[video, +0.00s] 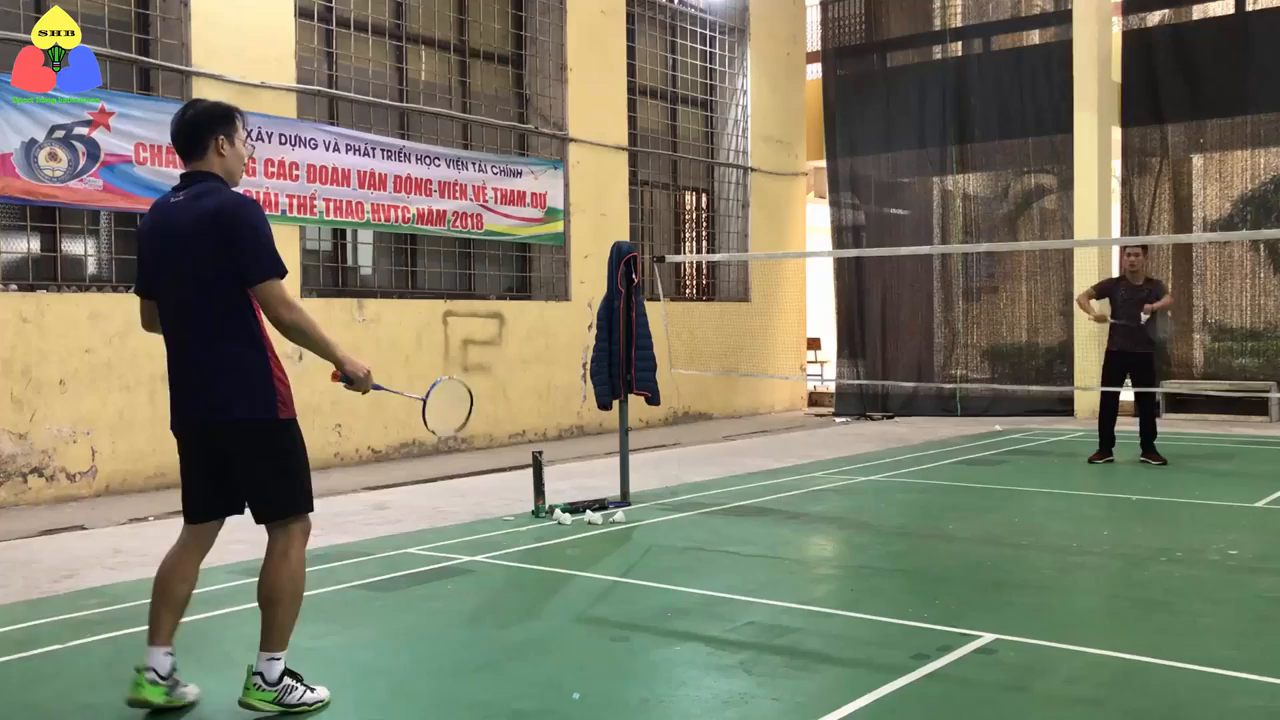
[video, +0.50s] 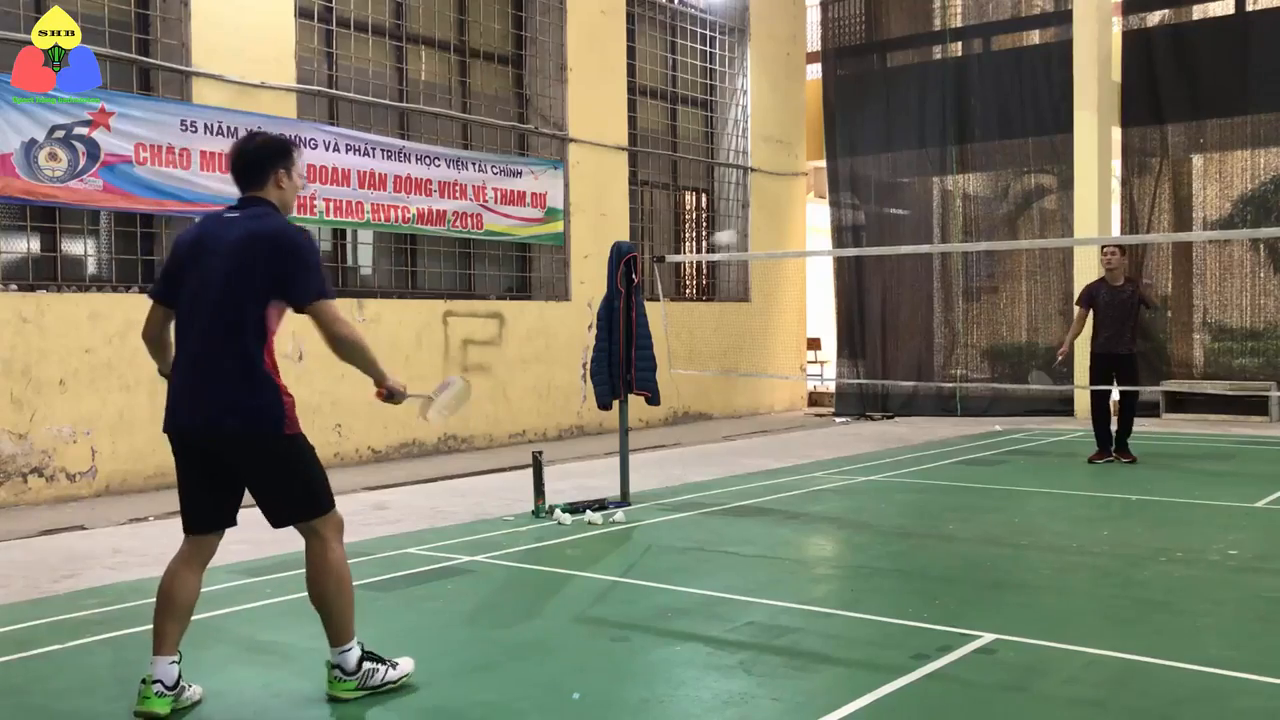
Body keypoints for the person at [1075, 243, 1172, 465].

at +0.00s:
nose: (1132, 259)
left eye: (1136, 255)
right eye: (1128, 255)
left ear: (1145, 259)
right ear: (1122, 259)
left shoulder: (1154, 286)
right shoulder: (1113, 284)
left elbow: (1169, 300)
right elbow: (1081, 298)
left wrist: (1154, 307)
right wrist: (1093, 314)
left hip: (1143, 352)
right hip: (1116, 351)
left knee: (1146, 402)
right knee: (1108, 401)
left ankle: (1148, 450)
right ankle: (1105, 449)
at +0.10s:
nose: (1124, 258)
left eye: (1129, 254)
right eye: (1121, 254)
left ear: (1140, 258)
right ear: (1117, 258)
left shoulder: (1148, 285)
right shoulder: (1107, 285)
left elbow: (1166, 298)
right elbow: (1083, 299)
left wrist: (1151, 294)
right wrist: (1072, 308)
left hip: (1137, 354)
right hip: (1110, 354)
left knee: (1143, 403)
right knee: (1105, 402)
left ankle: (1148, 450)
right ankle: (1105, 450)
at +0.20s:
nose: (1119, 258)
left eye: (1124, 254)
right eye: (1115, 254)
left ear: (1133, 258)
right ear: (1110, 258)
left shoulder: (1143, 286)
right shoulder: (1102, 285)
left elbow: (1167, 302)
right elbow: (1078, 305)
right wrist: (1059, 317)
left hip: (1133, 353)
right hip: (1106, 353)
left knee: (1140, 402)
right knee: (1103, 402)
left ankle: (1148, 450)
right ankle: (1104, 450)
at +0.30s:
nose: (1114, 257)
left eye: (1119, 253)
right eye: (1110, 253)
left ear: (1130, 259)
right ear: (1105, 259)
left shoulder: (1140, 286)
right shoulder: (1097, 287)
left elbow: (1166, 302)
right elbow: (1076, 311)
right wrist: (1059, 327)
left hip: (1131, 353)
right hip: (1103, 354)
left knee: (1139, 399)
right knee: (1101, 402)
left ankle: (1141, 448)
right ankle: (1104, 449)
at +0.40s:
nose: (1109, 257)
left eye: (1114, 253)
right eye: (1106, 254)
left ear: (1125, 259)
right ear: (1102, 259)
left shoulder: (1137, 287)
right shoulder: (1094, 288)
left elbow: (1160, 306)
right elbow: (1077, 317)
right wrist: (1062, 339)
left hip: (1129, 353)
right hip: (1101, 354)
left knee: (1135, 397)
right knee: (1100, 401)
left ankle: (1130, 447)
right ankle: (1104, 449)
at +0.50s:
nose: (1107, 257)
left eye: (1113, 254)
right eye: (1104, 254)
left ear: (1124, 259)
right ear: (1101, 259)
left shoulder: (1136, 288)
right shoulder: (1092, 289)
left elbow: (1156, 309)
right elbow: (1079, 320)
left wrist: (1152, 294)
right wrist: (1067, 343)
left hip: (1126, 353)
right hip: (1100, 354)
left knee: (1129, 399)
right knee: (1099, 401)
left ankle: (1122, 447)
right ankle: (1104, 448)